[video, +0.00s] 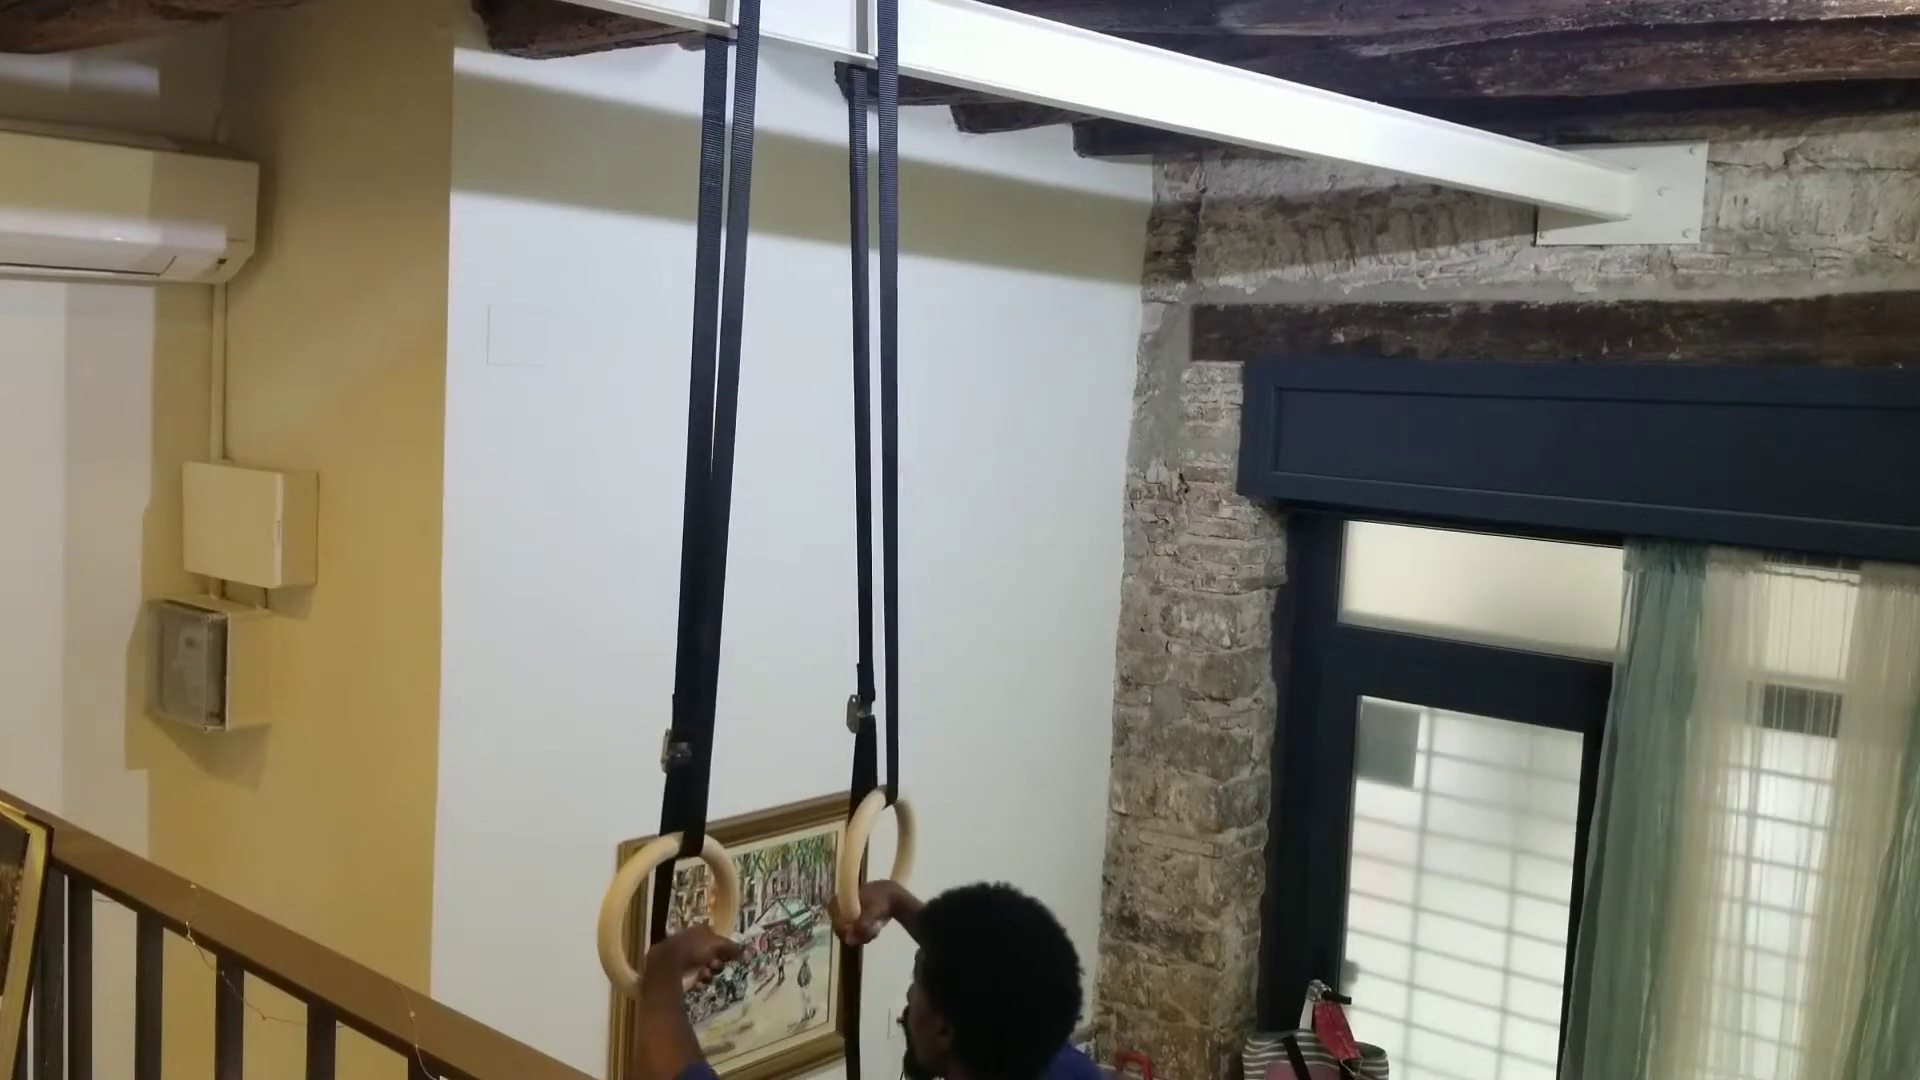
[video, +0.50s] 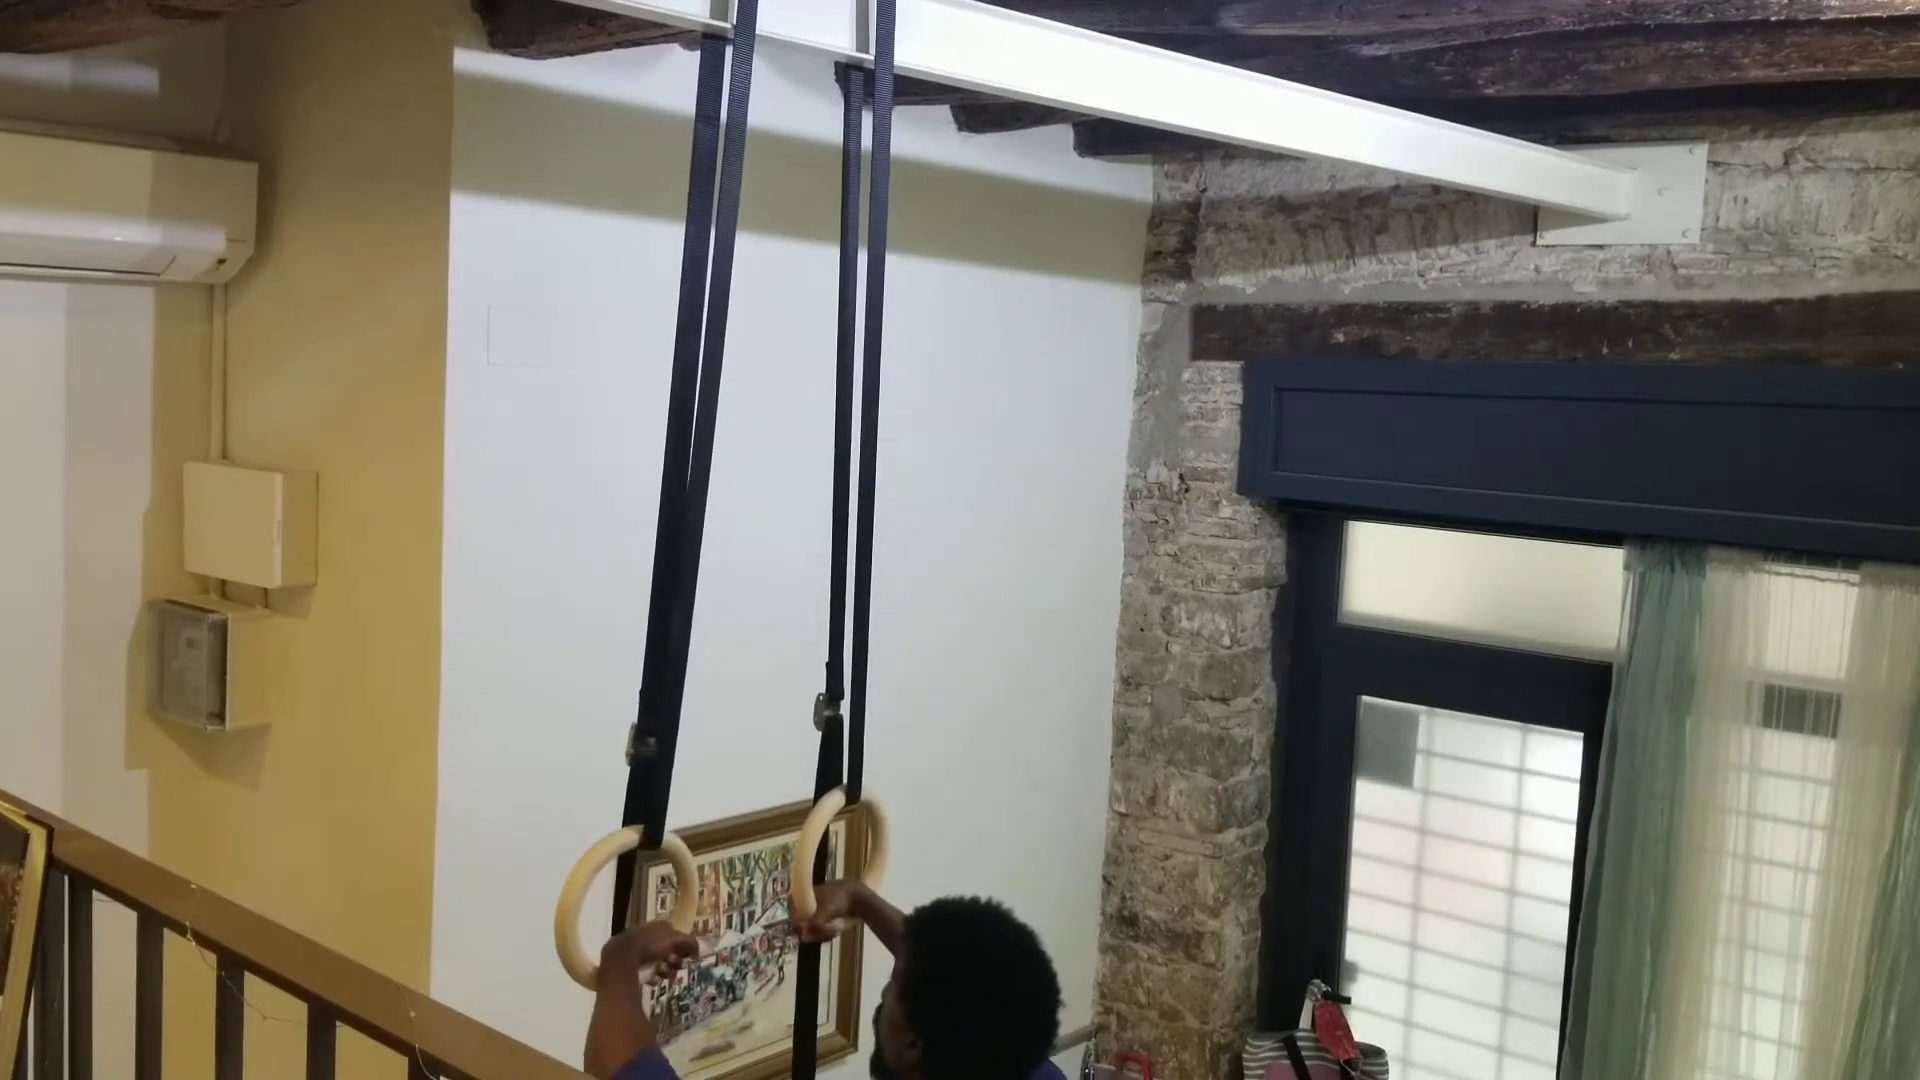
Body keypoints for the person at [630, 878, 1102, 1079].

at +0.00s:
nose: (907, 1006)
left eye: (915, 992)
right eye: (917, 987)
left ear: (942, 1030)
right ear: (1043, 1008)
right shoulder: (1067, 1068)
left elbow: (684, 1072)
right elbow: (1007, 985)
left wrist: (659, 976)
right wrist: (901, 903)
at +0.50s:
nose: (888, 987)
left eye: (896, 986)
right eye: (898, 979)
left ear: (908, 1040)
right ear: (1012, 1023)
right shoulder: (1027, 1069)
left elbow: (621, 1062)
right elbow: (973, 996)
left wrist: (619, 964)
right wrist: (865, 900)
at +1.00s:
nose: (856, 972)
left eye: (865, 975)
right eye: (868, 962)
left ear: (882, 1032)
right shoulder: (1016, 1056)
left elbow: (605, 1068)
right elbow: (991, 974)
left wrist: (614, 966)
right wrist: (890, 902)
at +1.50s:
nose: (764, 957)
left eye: (773, 951)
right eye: (773, 946)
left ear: (789, 976)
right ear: (889, 972)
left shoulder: (740, 1069)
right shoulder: (927, 1039)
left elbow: (588, 1059)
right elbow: (1023, 984)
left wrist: (556, 970)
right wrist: (915, 882)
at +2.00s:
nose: (675, 496)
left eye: (684, 474)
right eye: (683, 473)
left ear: (708, 489)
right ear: (799, 489)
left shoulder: (686, 594)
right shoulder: (880, 584)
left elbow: (694, 800)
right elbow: (983, 743)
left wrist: (639, 946)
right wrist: (920, 893)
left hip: (745, 970)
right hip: (869, 961)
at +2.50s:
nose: (648, 411)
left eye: (653, 391)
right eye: (653, 390)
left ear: (670, 408)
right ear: (767, 408)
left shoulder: (647, 521)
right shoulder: (839, 522)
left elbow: (641, 757)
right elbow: (883, 709)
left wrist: (588, 894)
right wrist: (850, 838)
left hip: (672, 864)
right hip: (776, 867)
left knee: (573, 1062)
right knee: (649, 1063)